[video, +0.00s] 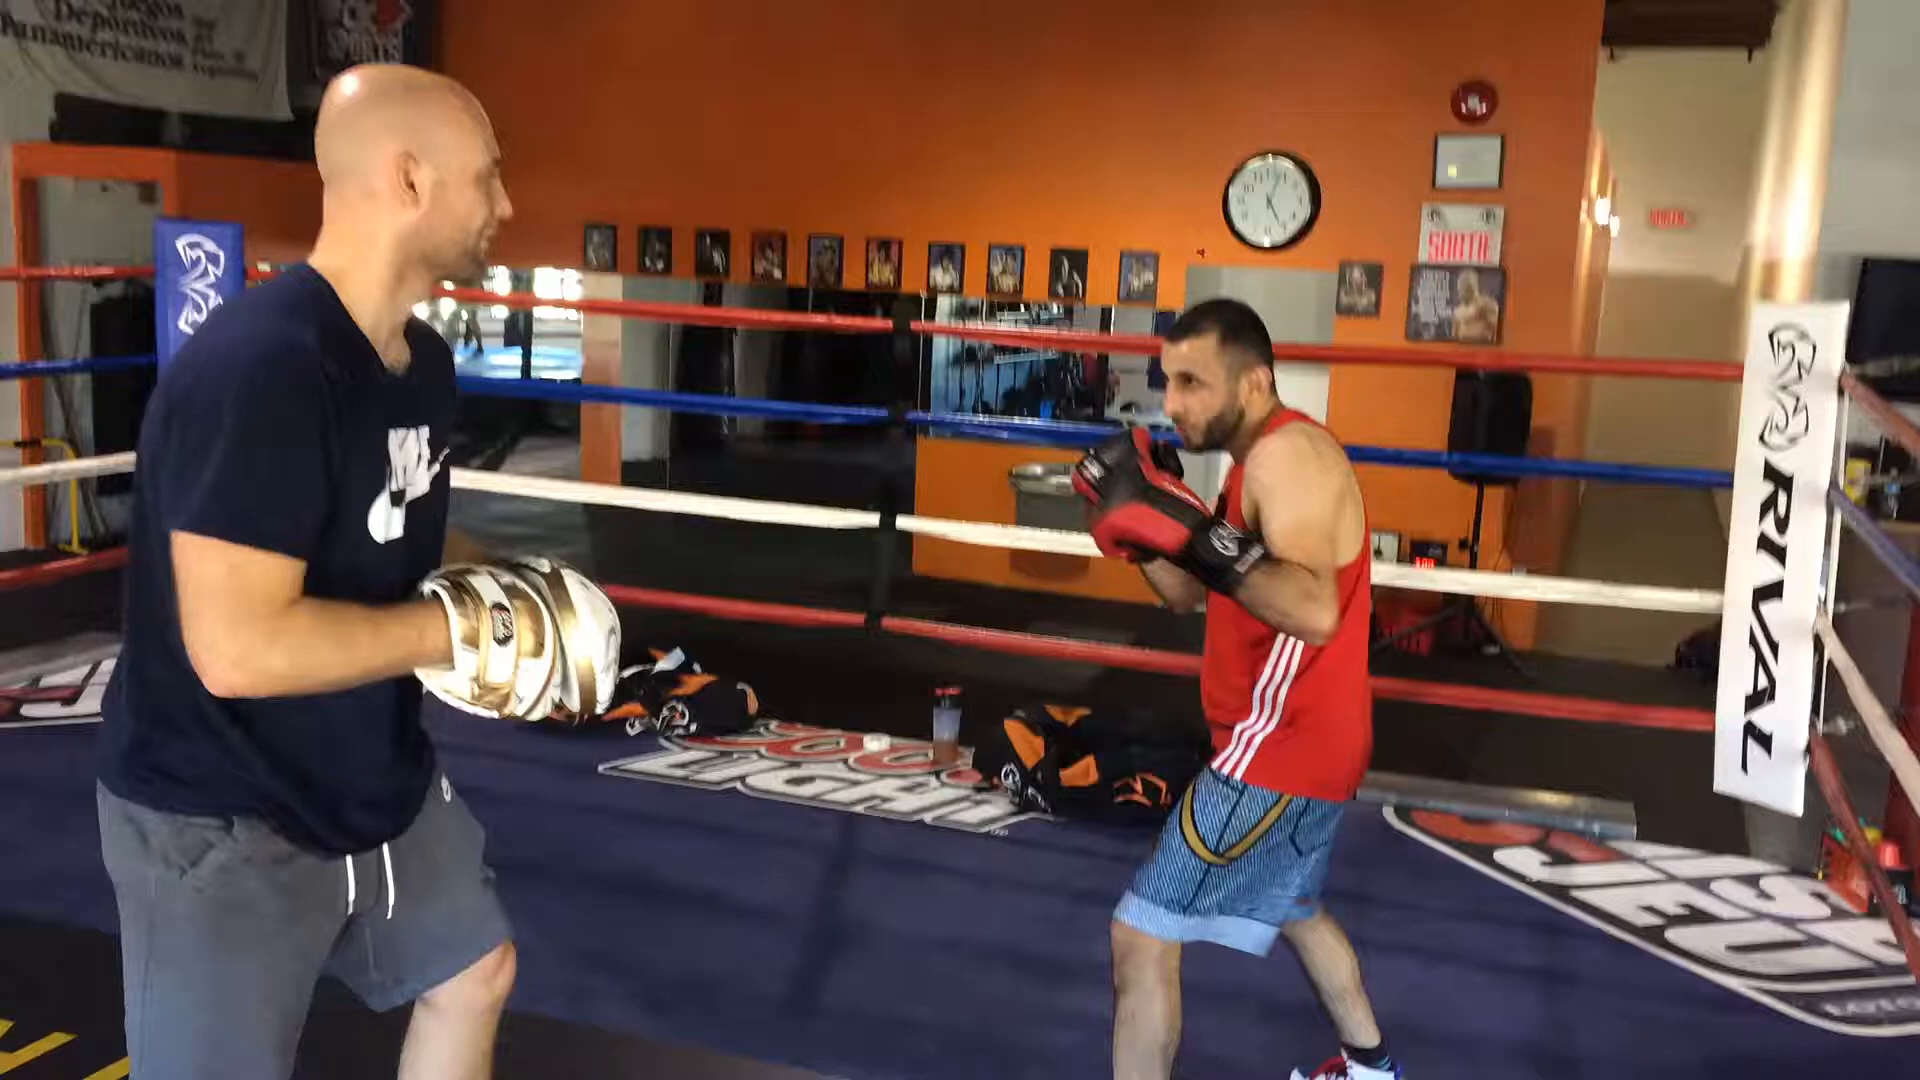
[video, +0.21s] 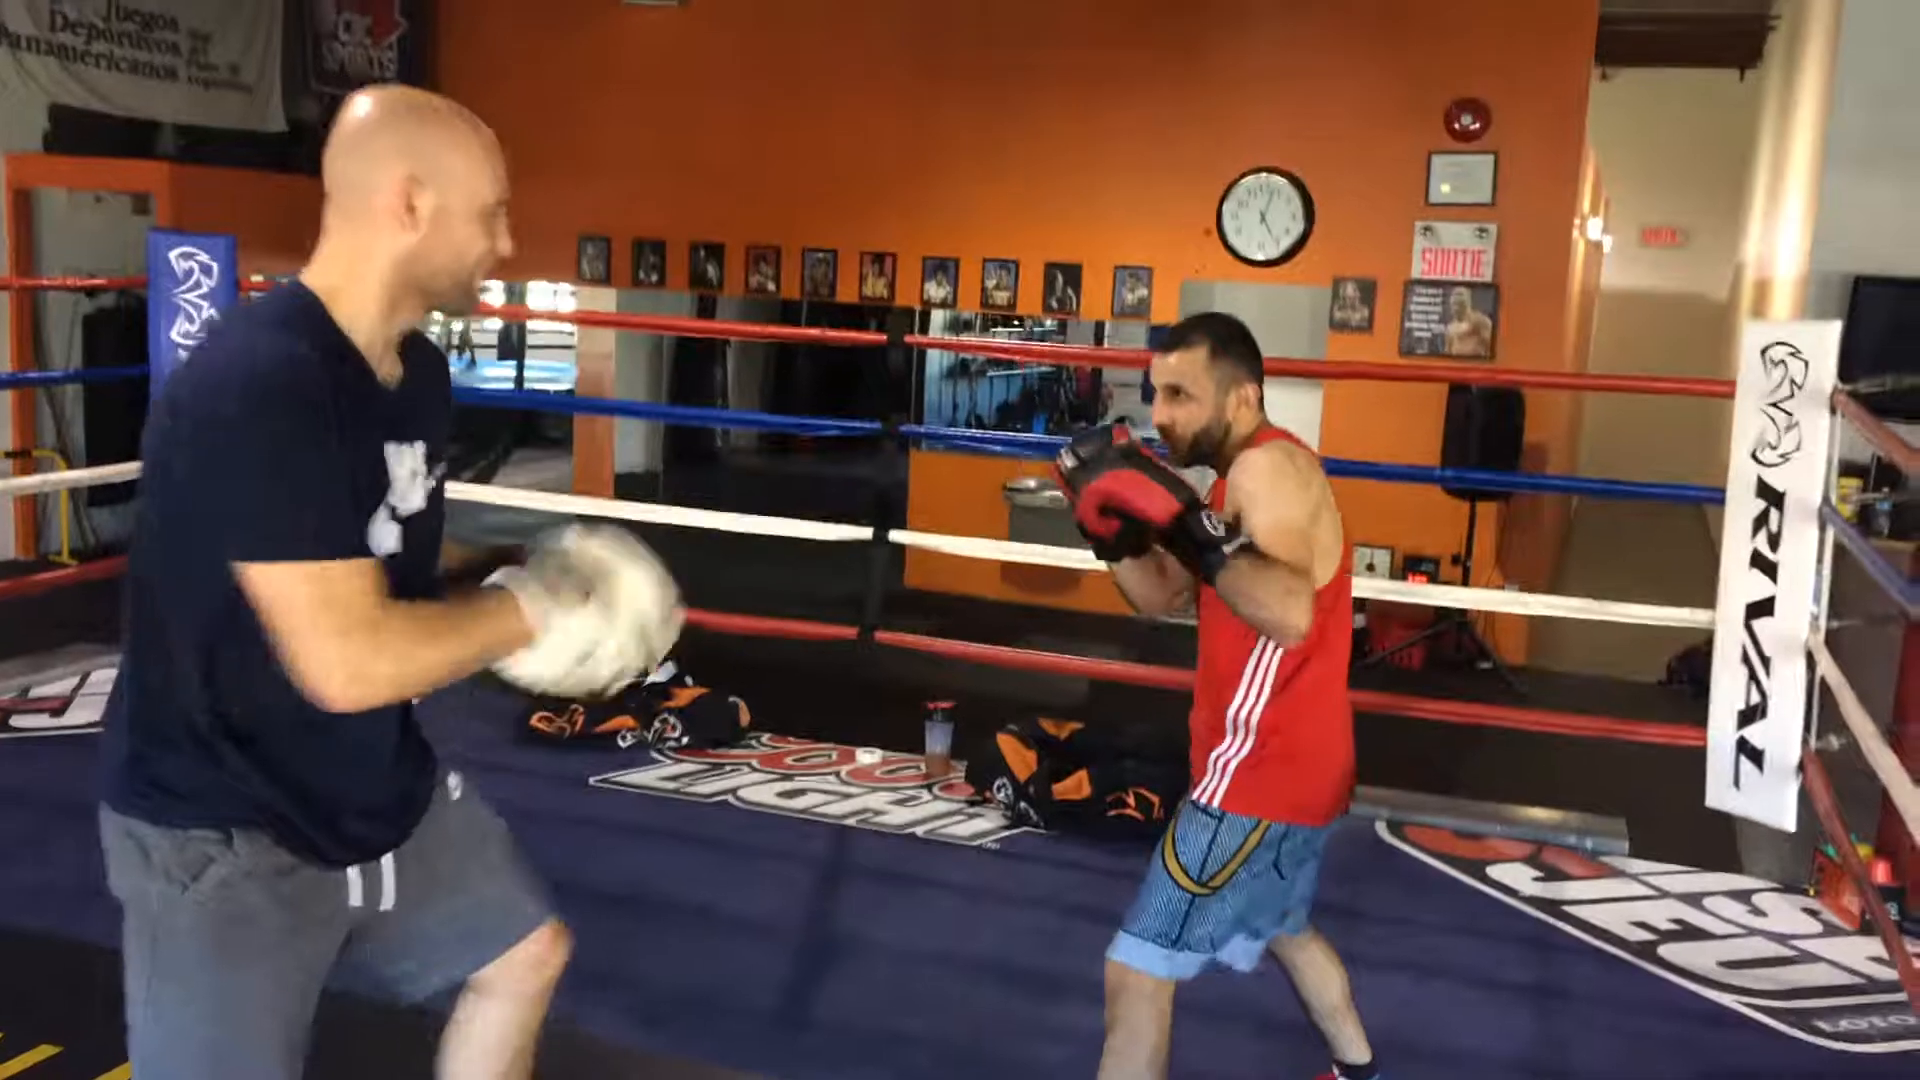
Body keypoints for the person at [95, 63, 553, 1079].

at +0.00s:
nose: (504, 207)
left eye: (499, 179)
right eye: (488, 177)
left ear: (405, 183)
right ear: (407, 181)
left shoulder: (418, 359)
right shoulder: (256, 361)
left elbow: (389, 563)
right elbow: (237, 649)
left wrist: (497, 616)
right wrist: (460, 629)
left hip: (371, 772)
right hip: (217, 811)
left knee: (470, 977)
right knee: (213, 1062)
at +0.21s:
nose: (506, 246)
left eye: (506, 217)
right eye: (491, 214)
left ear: (409, 209)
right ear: (407, 205)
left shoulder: (416, 371)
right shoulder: (258, 376)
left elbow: (398, 591)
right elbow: (344, 664)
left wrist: (528, 607)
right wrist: (539, 606)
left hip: (371, 781)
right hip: (218, 821)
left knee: (521, 952)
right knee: (215, 1063)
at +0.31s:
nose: (537, 276)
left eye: (536, 246)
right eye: (523, 244)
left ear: (441, 245)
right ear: (438, 242)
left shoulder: (435, 398)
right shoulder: (300, 419)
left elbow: (436, 579)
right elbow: (463, 670)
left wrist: (567, 518)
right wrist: (603, 540)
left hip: (383, 795)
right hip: (233, 839)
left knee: (530, 962)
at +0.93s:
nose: (661, 245)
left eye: (659, 219)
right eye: (650, 216)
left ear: (576, 210)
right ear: (579, 206)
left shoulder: (556, 368)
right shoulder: (477, 379)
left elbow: (577, 535)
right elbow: (627, 611)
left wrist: (700, 477)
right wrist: (743, 475)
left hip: (507, 780)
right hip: (379, 798)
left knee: (553, 991)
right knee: (373, 1061)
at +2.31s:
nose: (776, 261)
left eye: (775, 235)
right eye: (761, 232)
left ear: (686, 229)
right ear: (684, 226)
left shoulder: (676, 401)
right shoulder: (571, 367)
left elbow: (668, 592)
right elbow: (572, 600)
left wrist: (821, 558)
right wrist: (756, 519)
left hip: (583, 772)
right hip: (456, 787)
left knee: (650, 957)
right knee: (445, 1060)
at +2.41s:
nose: (820, 246)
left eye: (820, 221)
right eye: (805, 220)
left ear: (720, 218)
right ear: (724, 213)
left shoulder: (672, 334)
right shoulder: (679, 337)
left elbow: (648, 517)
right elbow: (856, 507)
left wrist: (746, 591)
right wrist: (1032, 459)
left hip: (607, 735)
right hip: (497, 743)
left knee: (664, 942)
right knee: (441, 1048)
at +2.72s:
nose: (938, 251)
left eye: (943, 227)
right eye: (926, 222)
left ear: (834, 200)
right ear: (849, 200)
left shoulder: (735, 296)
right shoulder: (856, 341)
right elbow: (850, 536)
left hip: (675, 689)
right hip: (602, 695)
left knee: (715, 905)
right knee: (569, 1010)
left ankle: (705, 1077)